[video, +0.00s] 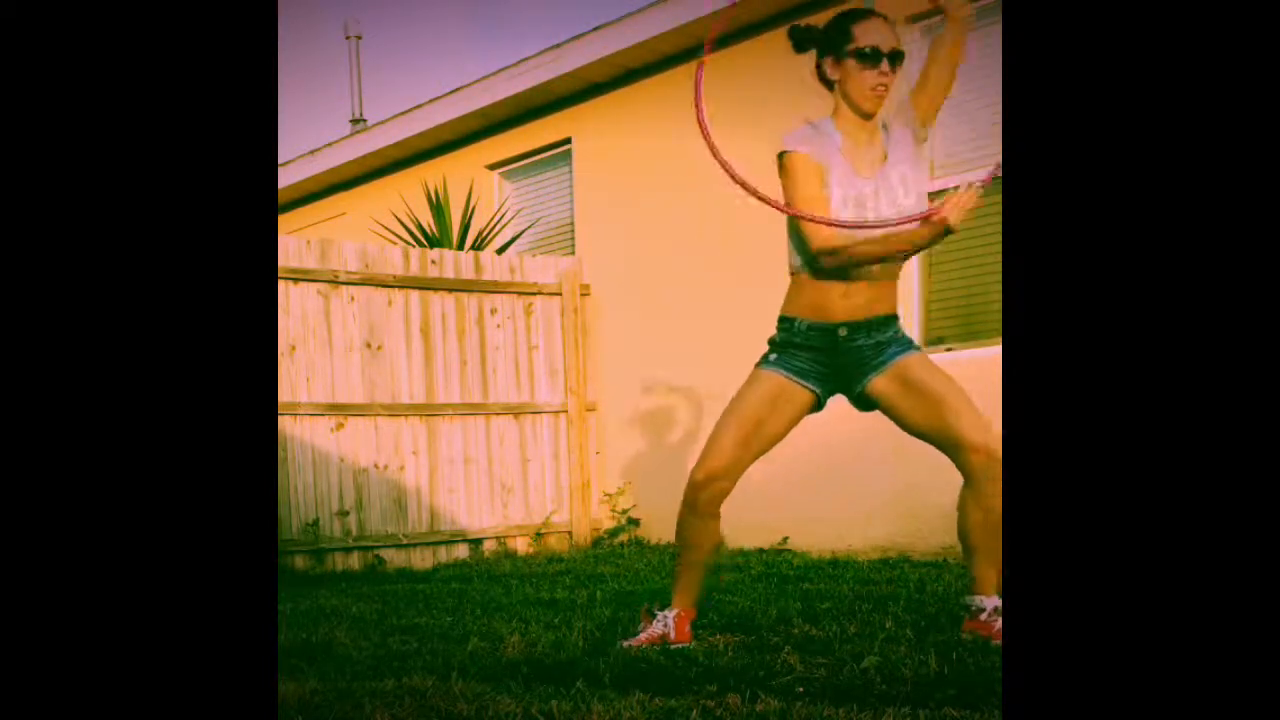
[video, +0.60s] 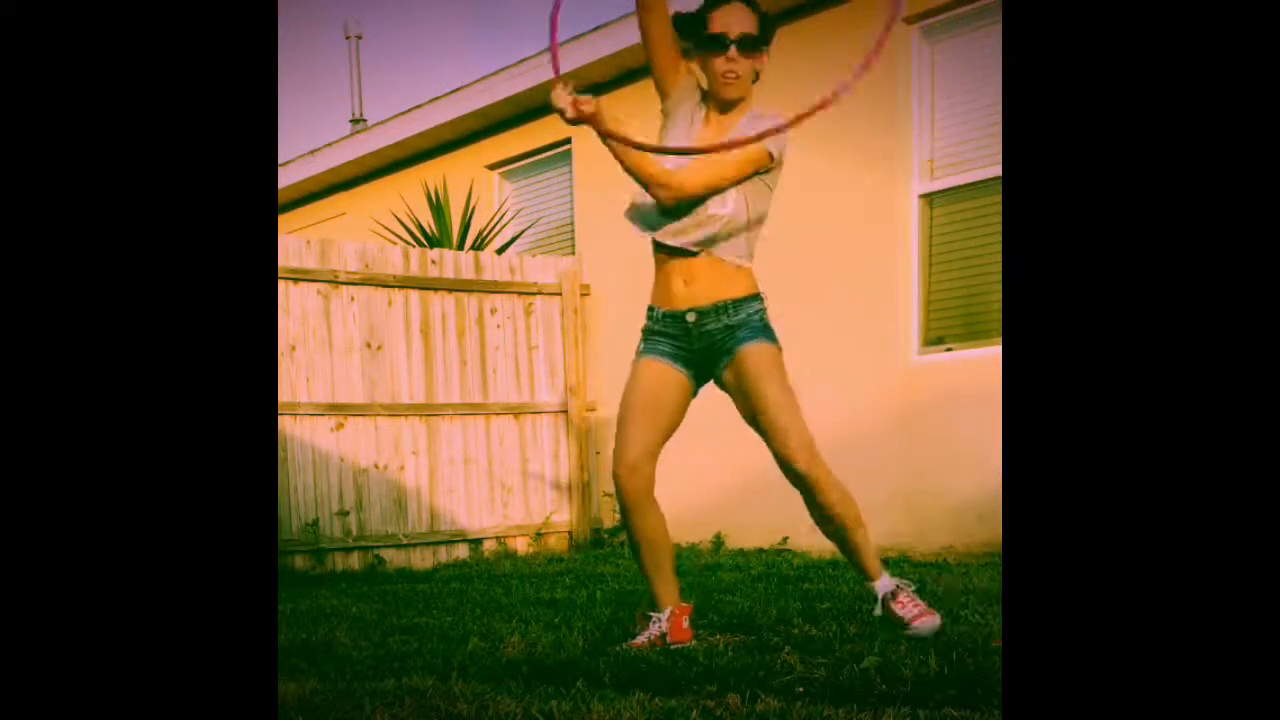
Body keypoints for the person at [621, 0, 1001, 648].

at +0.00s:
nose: (884, 72)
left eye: (892, 59)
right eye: (868, 59)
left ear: (900, 70)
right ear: (831, 68)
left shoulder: (907, 133)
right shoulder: (806, 147)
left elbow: (958, 26)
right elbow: (824, 248)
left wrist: (938, 7)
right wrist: (934, 228)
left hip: (881, 344)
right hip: (801, 347)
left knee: (986, 450)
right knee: (706, 480)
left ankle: (987, 609)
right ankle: (677, 620)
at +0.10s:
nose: (858, 84)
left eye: (864, 71)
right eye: (841, 71)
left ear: (871, 79)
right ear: (806, 79)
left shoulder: (879, 141)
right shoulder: (778, 152)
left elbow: (927, 23)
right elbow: (789, 252)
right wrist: (854, 206)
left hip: (853, 353)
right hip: (772, 355)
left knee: (963, 456)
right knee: (677, 482)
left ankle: (983, 609)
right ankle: (674, 620)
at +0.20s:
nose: (829, 94)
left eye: (836, 80)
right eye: (812, 82)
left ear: (841, 85)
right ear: (777, 88)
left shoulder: (849, 155)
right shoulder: (742, 155)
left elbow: (932, 71)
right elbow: (755, 232)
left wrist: (840, 67)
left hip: (822, 354)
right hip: (739, 357)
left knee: (930, 461)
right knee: (652, 488)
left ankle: (979, 606)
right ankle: (671, 618)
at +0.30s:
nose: (802, 101)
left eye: (810, 86)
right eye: (785, 88)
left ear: (817, 87)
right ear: (748, 93)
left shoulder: (823, 165)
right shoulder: (721, 151)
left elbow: (922, 147)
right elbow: (694, 116)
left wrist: (890, 117)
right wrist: (662, 30)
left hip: (790, 356)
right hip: (708, 358)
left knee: (884, 476)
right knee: (636, 488)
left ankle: (972, 606)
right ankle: (670, 619)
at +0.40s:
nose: (776, 96)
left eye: (785, 81)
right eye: (759, 83)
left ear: (794, 83)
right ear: (724, 87)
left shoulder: (795, 161)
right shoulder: (695, 141)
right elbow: (673, 44)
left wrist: (862, 131)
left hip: (759, 349)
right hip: (681, 351)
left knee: (846, 480)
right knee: (627, 484)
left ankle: (960, 604)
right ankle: (670, 620)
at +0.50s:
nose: (755, 83)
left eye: (764, 70)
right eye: (741, 70)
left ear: (771, 73)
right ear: (711, 71)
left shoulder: (777, 151)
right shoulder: (686, 115)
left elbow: (693, 214)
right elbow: (654, 13)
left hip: (741, 334)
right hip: (667, 340)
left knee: (829, 476)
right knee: (623, 479)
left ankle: (938, 598)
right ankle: (669, 618)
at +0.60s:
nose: (730, 57)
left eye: (746, 46)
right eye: (715, 44)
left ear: (763, 57)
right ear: (696, 57)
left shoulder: (762, 141)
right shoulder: (678, 101)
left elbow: (673, 185)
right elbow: (651, 7)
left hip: (738, 320)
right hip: (666, 327)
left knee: (802, 463)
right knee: (629, 470)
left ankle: (882, 585)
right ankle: (670, 618)